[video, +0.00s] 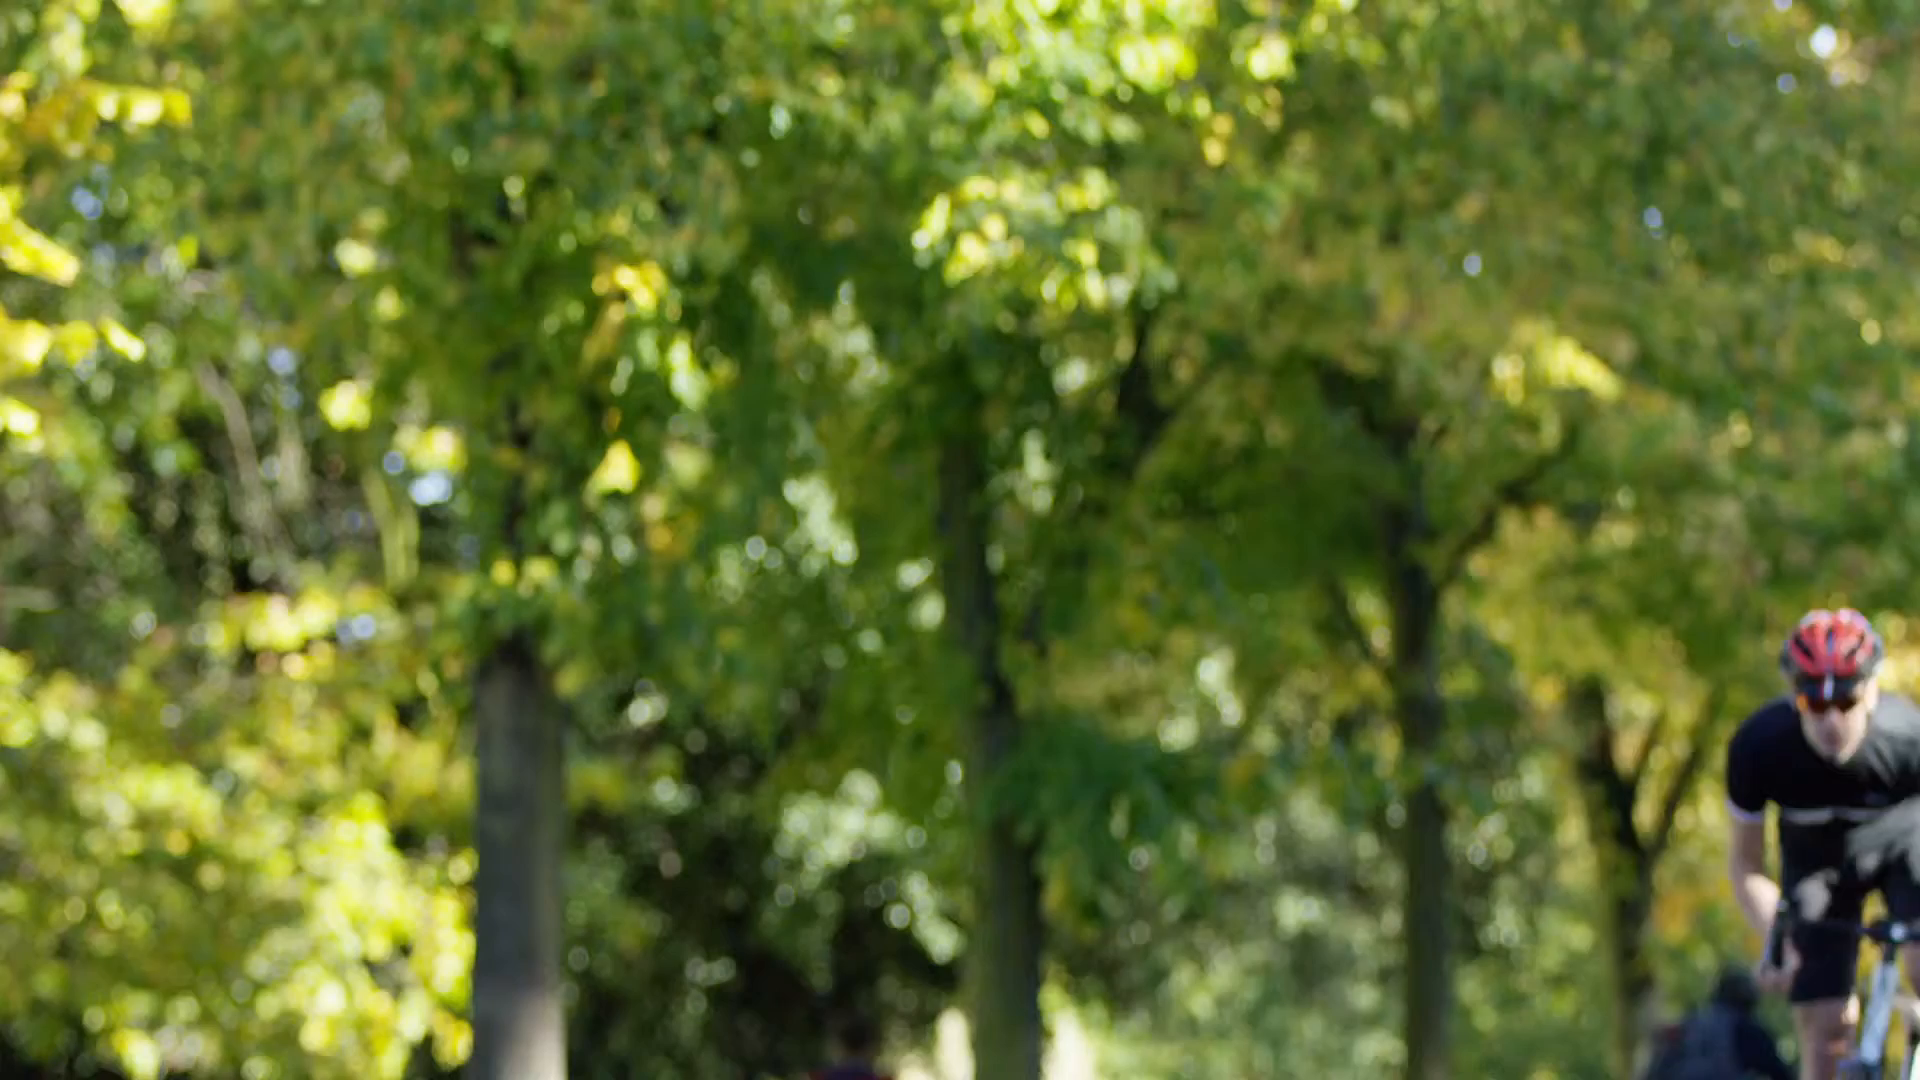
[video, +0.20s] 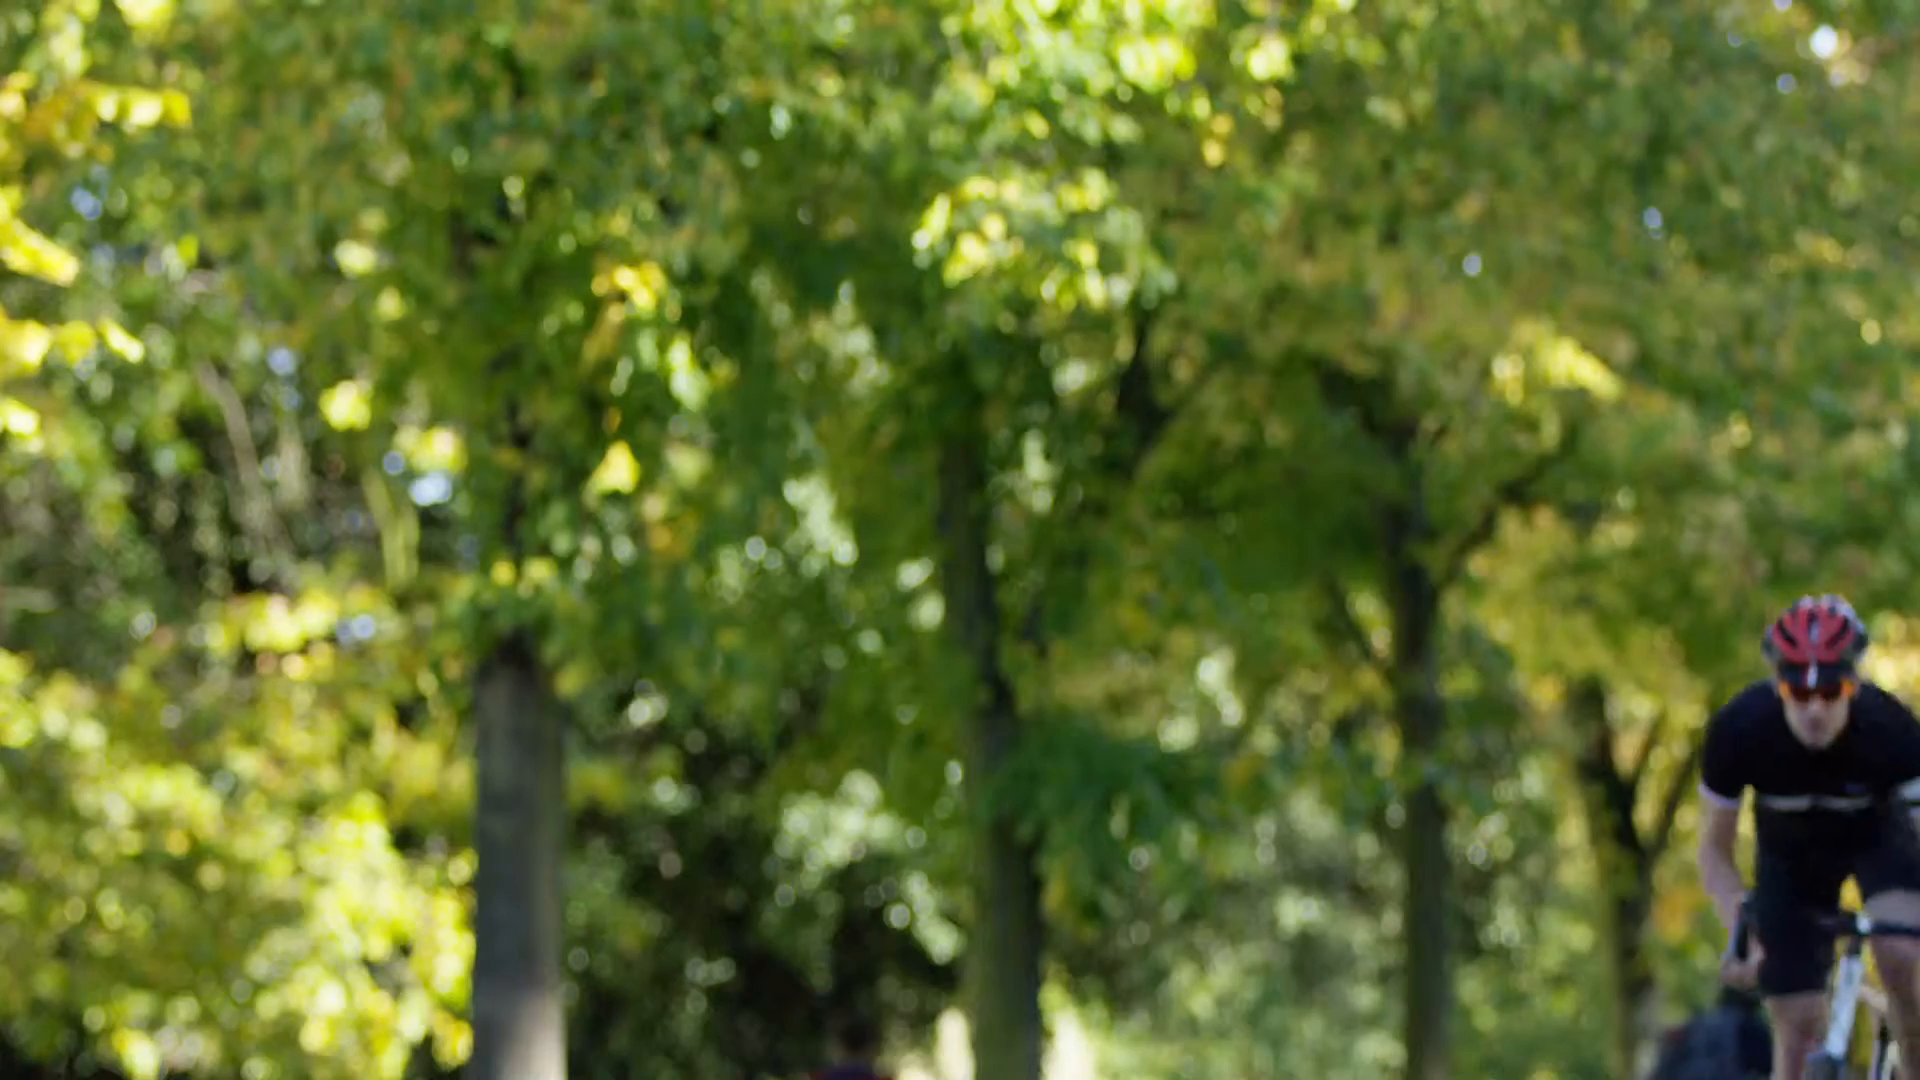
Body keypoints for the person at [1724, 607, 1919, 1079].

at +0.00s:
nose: (1831, 719)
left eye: (1846, 701)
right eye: (1814, 702)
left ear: (1873, 690)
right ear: (1795, 695)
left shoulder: (1909, 736)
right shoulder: (1758, 745)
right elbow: (1748, 864)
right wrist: (1775, 939)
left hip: (1903, 849)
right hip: (1814, 864)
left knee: (1919, 974)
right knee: (1824, 1037)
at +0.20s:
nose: (1815, 706)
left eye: (1830, 689)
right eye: (1799, 689)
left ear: (1853, 683)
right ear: (1778, 683)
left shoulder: (1890, 727)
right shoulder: (1739, 729)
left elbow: (1914, 826)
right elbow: (1714, 847)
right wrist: (1741, 923)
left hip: (1881, 843)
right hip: (1789, 852)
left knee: (1900, 957)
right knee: (1799, 1026)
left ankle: (1909, 1065)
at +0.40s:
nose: (1791, 688)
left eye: (1807, 671)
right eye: (1775, 671)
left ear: (1829, 663)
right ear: (1754, 664)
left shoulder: (1870, 712)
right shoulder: (1714, 709)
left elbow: (1914, 836)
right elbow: (1679, 826)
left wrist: (1906, 928)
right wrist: (1687, 914)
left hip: (1850, 825)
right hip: (1757, 828)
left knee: (1851, 948)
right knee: (1751, 1007)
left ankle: (1865, 1073)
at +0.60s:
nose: (1763, 673)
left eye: (1780, 656)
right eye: (1747, 656)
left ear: (1804, 648)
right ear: (1725, 648)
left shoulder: (1846, 700)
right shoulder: (1687, 694)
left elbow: (1888, 835)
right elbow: (1648, 812)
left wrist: (1856, 930)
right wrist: (1638, 907)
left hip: (1822, 818)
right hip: (1729, 817)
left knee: (1812, 968)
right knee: (1698, 1000)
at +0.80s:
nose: (1730, 665)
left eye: (1746, 647)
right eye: (1713, 647)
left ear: (1772, 639)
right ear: (1691, 640)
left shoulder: (1820, 697)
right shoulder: (1656, 686)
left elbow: (1858, 828)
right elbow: (1607, 813)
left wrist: (1815, 925)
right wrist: (1597, 918)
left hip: (1796, 818)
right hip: (1700, 809)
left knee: (1777, 978)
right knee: (1647, 978)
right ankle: (1655, 1073)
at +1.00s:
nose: (1692, 656)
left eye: (1709, 638)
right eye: (1675, 639)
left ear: (1735, 629)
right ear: (1654, 632)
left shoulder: (1782, 682)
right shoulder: (1621, 678)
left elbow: (1831, 820)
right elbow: (1573, 807)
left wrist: (1787, 917)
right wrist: (1555, 915)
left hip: (1766, 818)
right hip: (1666, 810)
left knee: (1758, 1003)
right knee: (1610, 944)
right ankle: (1631, 1072)